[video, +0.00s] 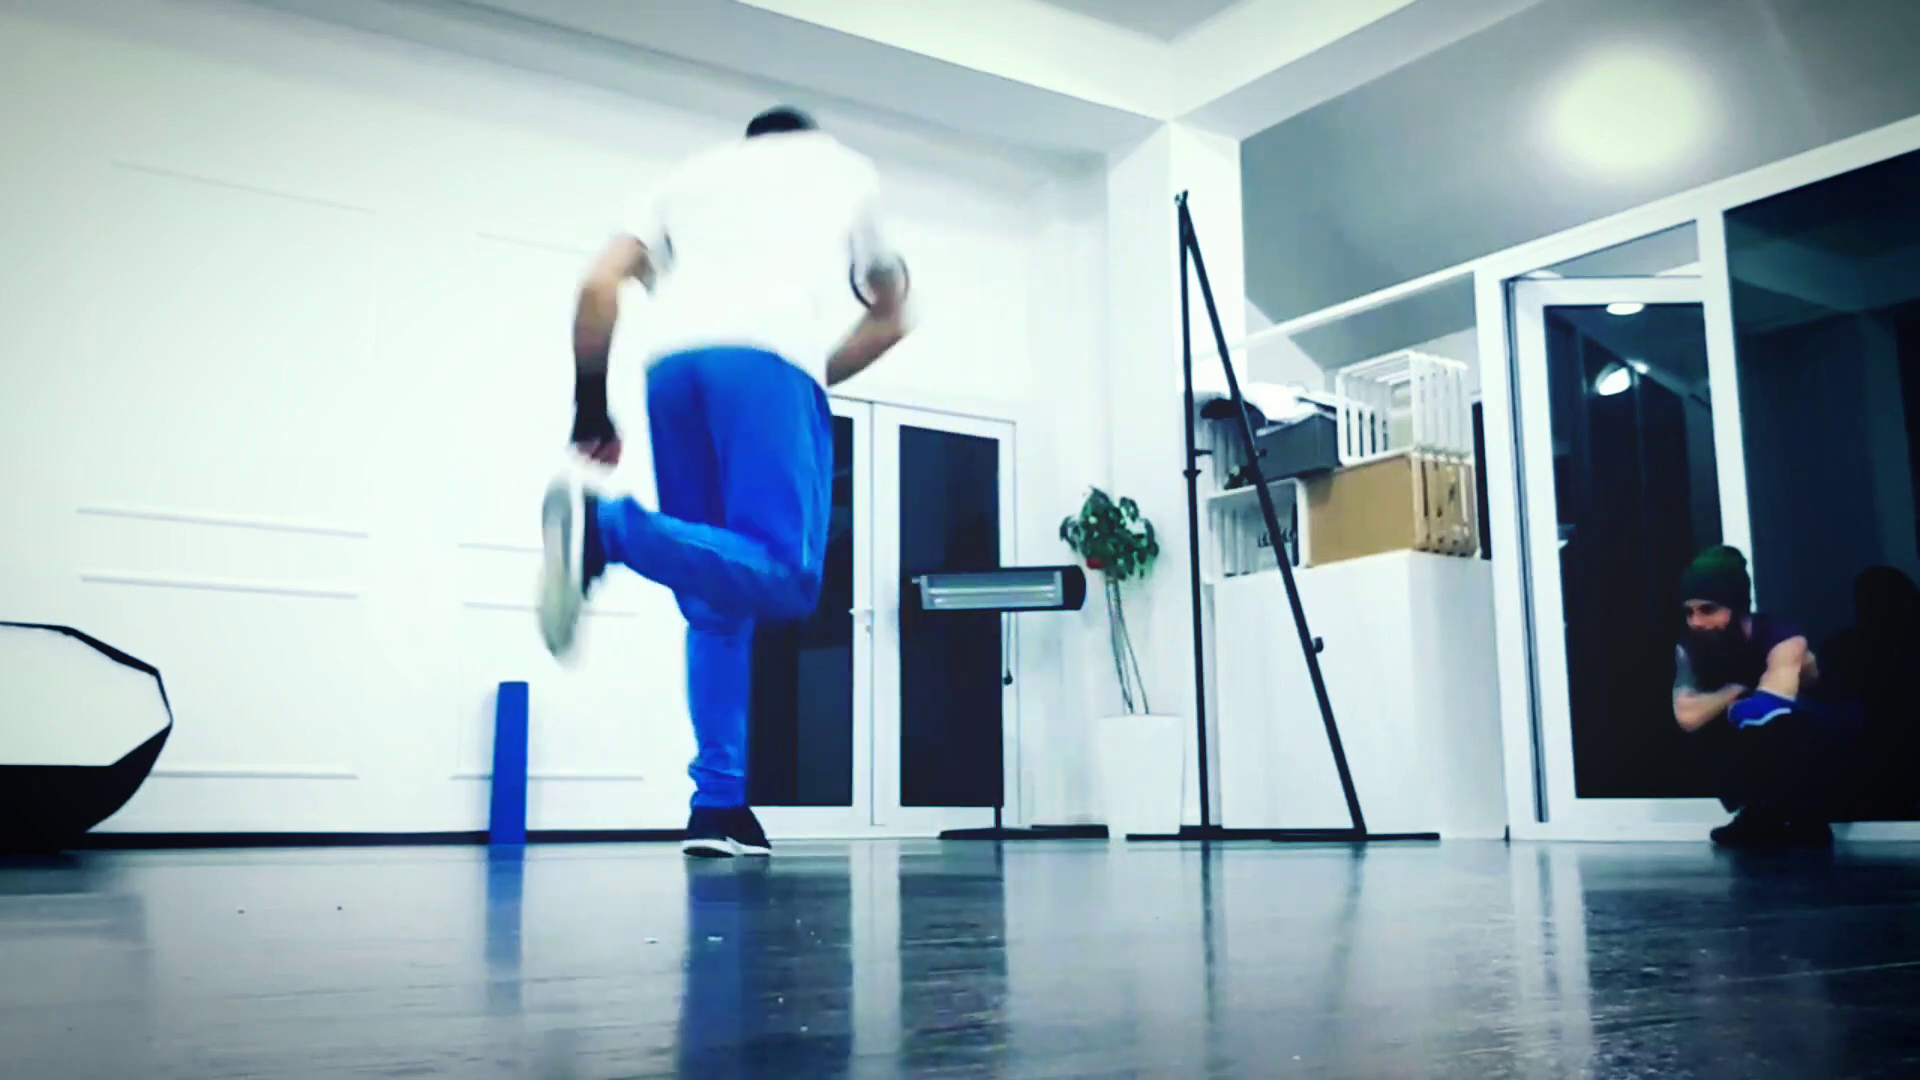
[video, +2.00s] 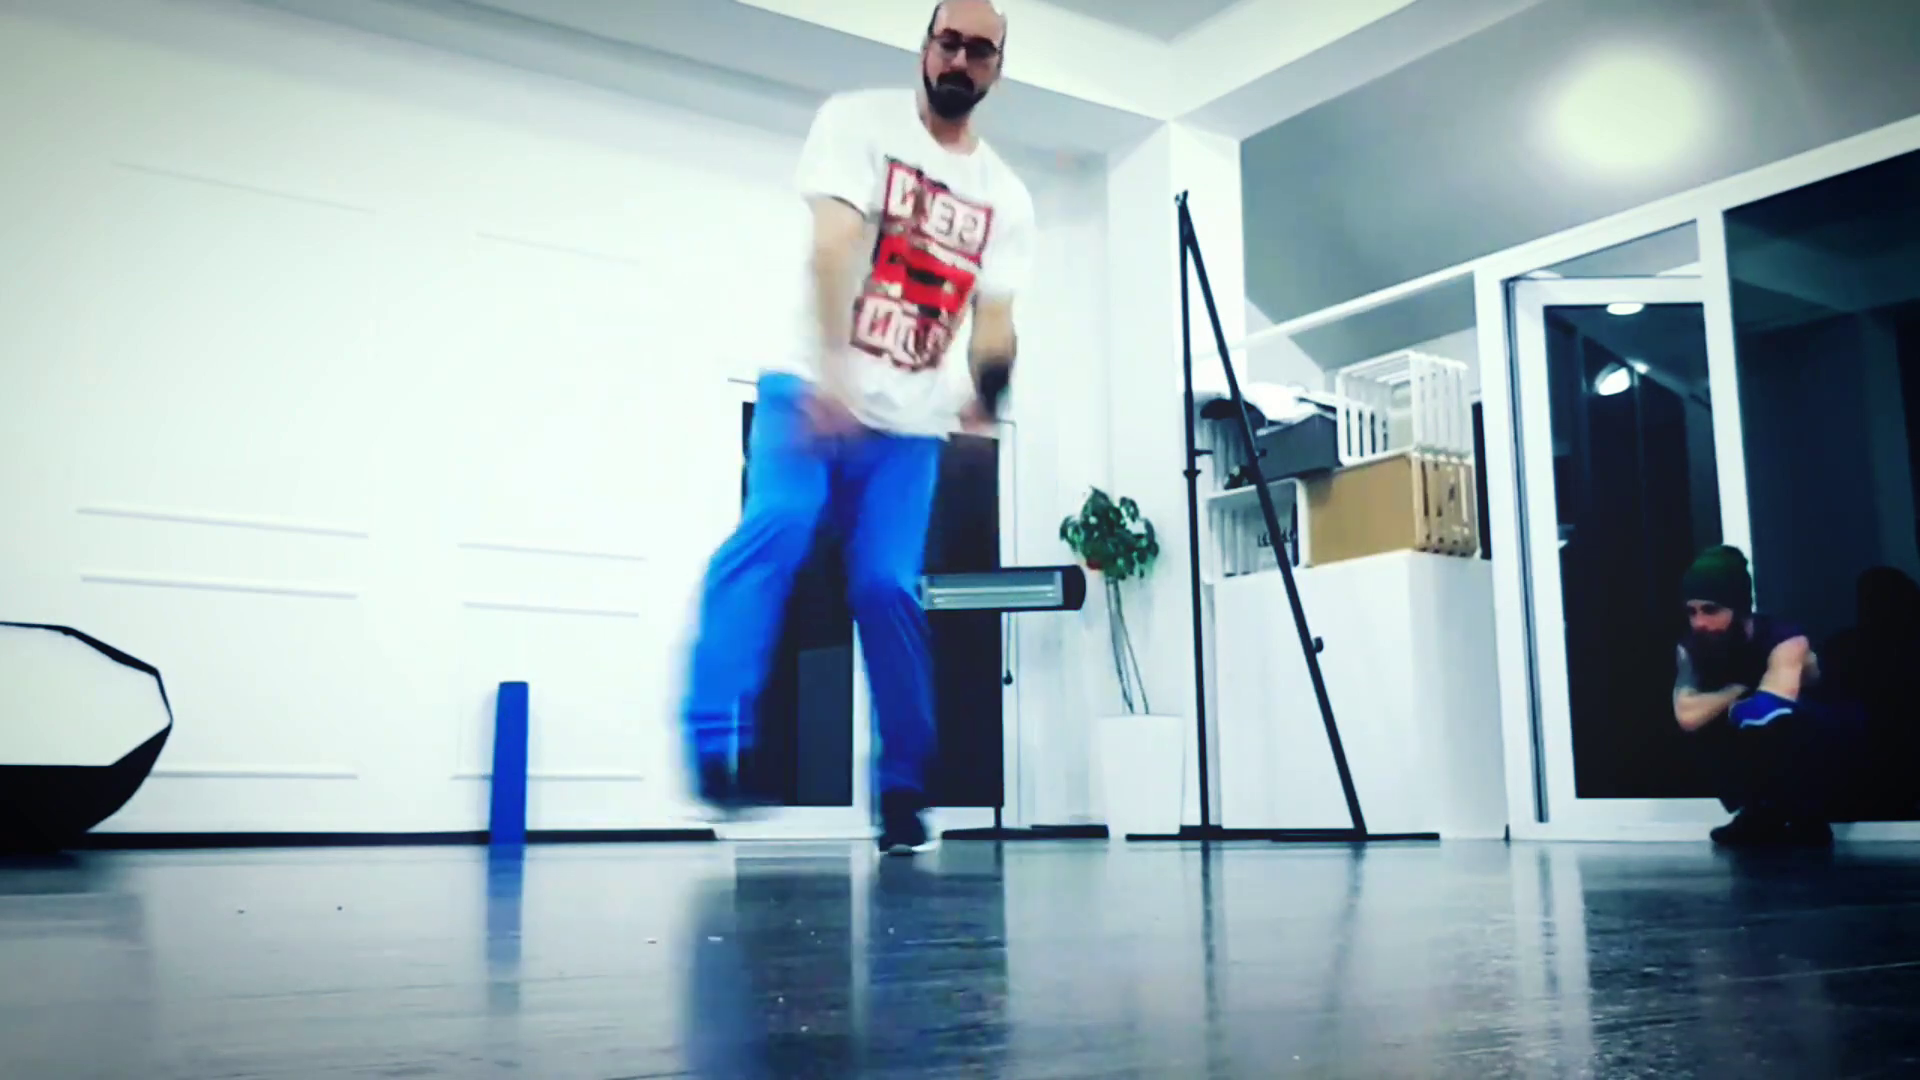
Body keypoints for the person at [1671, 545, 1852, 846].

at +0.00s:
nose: (1696, 623)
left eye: (1707, 611)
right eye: (1689, 612)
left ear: (1736, 608)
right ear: (1683, 613)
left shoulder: (1781, 638)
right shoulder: (1689, 651)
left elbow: (1775, 700)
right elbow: (1687, 716)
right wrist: (1730, 693)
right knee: (1710, 726)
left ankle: (1804, 820)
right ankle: (1756, 813)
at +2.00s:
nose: (1699, 623)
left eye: (1710, 611)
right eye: (1692, 612)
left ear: (1738, 607)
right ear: (1685, 611)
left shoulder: (1783, 640)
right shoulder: (1691, 651)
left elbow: (1773, 706)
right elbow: (1687, 715)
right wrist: (1737, 690)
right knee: (1708, 726)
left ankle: (1804, 820)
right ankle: (1756, 813)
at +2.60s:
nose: (1697, 623)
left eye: (1707, 610)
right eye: (1690, 612)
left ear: (1736, 607)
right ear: (1684, 611)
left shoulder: (1782, 639)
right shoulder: (1691, 652)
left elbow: (1774, 703)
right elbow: (1687, 715)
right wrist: (1738, 690)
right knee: (1708, 728)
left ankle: (1805, 820)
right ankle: (1756, 813)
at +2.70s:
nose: (1697, 622)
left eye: (1707, 610)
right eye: (1690, 612)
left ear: (1736, 606)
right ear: (1684, 611)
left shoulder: (1781, 639)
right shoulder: (1691, 651)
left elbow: (1776, 700)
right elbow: (1687, 715)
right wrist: (1737, 690)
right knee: (1709, 728)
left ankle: (1805, 820)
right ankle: (1755, 813)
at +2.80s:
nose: (1697, 622)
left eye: (1707, 610)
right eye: (1690, 612)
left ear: (1736, 606)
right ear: (1684, 611)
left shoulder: (1782, 639)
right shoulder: (1691, 651)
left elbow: (1775, 703)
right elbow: (1687, 715)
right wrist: (1736, 691)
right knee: (1709, 728)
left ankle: (1805, 820)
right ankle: (1756, 814)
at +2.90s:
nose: (1697, 623)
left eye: (1708, 610)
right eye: (1690, 612)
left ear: (1736, 606)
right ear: (1684, 611)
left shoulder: (1783, 640)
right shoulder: (1690, 651)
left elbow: (1774, 705)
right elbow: (1687, 715)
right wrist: (1736, 690)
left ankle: (1803, 820)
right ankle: (1755, 813)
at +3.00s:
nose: (1697, 623)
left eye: (1708, 610)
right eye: (1690, 612)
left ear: (1735, 605)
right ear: (1684, 610)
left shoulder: (1782, 639)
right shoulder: (1691, 651)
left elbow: (1776, 705)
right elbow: (1688, 714)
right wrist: (1738, 691)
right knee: (1706, 726)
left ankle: (1803, 820)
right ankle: (1756, 814)